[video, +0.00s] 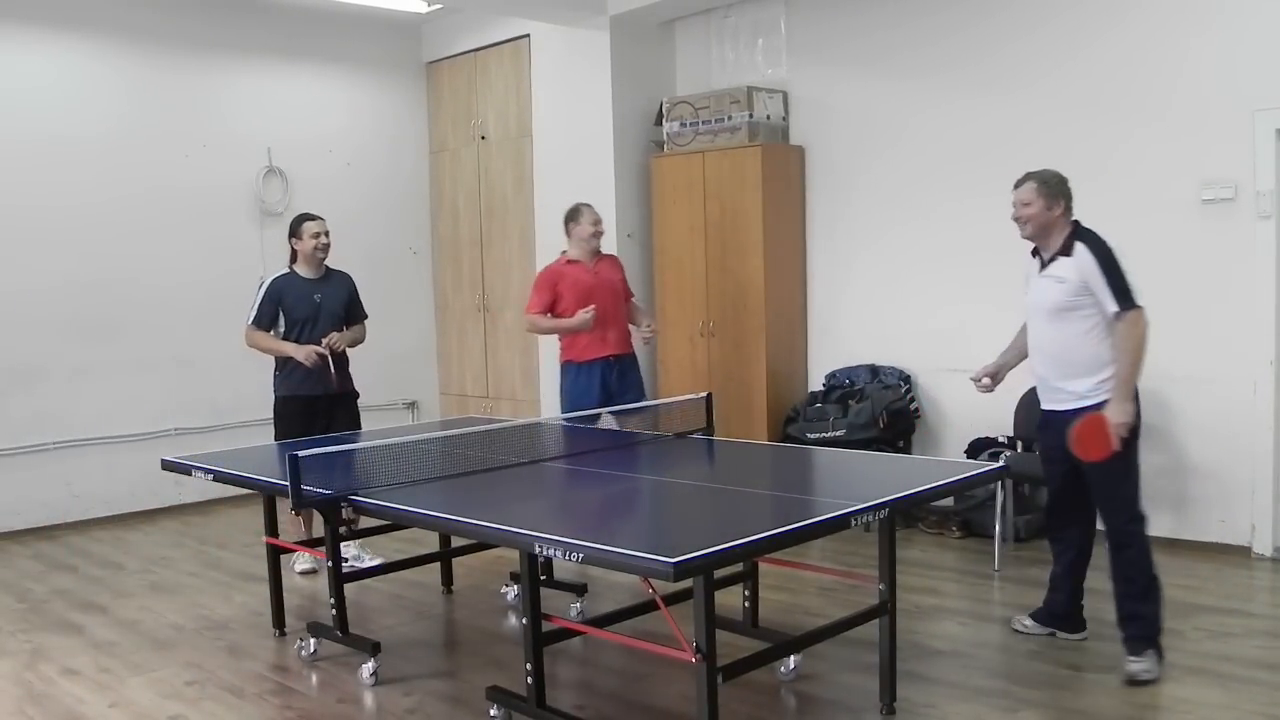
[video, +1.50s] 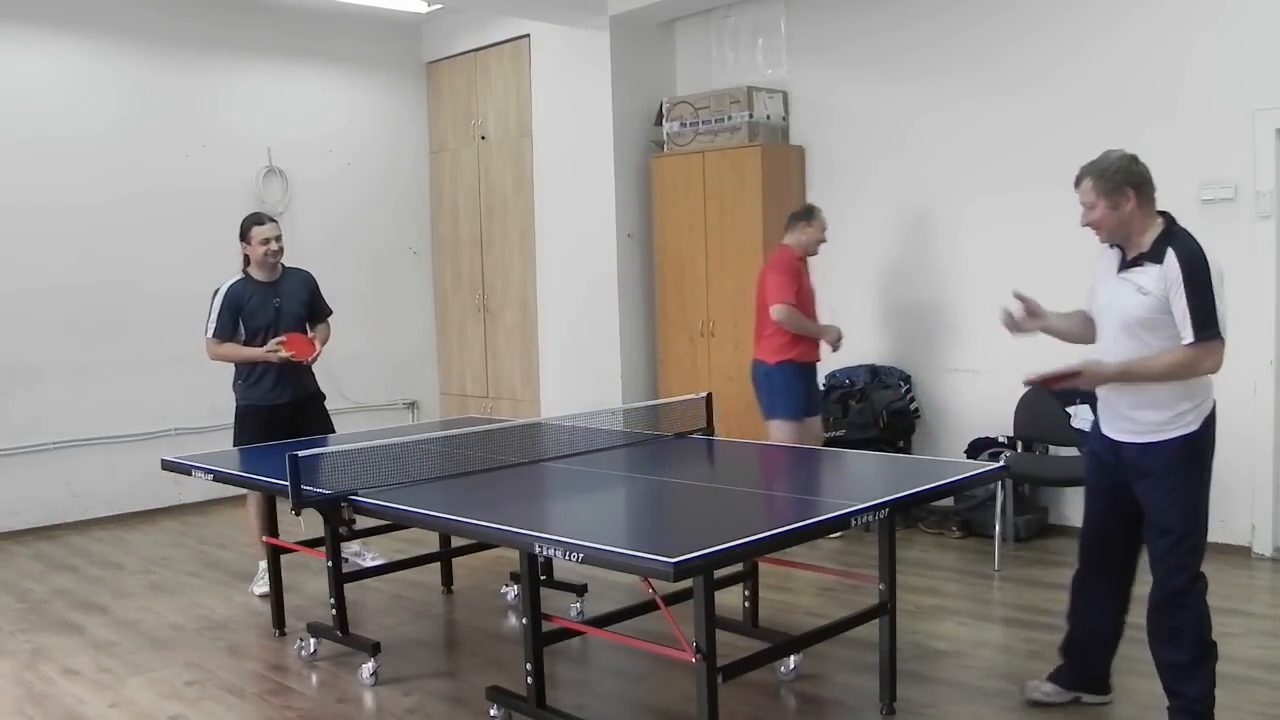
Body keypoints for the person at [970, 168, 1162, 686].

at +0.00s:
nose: (1016, 215)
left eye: (1024, 207)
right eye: (1014, 208)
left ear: (1057, 208)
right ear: (1035, 212)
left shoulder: (1090, 251)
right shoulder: (1036, 259)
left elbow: (1132, 319)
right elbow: (1039, 324)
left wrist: (1122, 397)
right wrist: (1002, 364)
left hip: (1104, 411)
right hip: (1055, 412)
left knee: (1122, 525)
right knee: (1066, 520)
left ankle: (1142, 644)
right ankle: (1062, 613)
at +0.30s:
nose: (1064, 214)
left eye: (1073, 204)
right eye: (1060, 205)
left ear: (1106, 206)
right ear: (1062, 210)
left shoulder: (1155, 258)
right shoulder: (1062, 263)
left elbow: (1200, 324)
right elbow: (1050, 323)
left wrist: (1173, 387)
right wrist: (1015, 351)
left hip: (1151, 420)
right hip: (1087, 422)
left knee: (1161, 535)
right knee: (1073, 524)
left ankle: (1160, 644)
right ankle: (1063, 616)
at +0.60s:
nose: (1091, 206)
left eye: (1102, 197)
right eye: (1087, 198)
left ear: (1136, 201)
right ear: (1087, 204)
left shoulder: (1178, 259)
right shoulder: (1076, 255)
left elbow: (1198, 341)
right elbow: (1051, 320)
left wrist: (1116, 349)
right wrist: (1040, 335)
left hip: (1158, 427)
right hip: (1088, 423)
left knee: (1164, 541)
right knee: (1078, 541)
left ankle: (1160, 646)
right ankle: (1070, 659)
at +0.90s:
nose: (1059, 208)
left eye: (1071, 198)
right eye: (1057, 199)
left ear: (1107, 203)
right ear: (1059, 207)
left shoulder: (1155, 259)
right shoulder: (1052, 265)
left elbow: (1197, 336)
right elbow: (1037, 348)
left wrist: (1127, 364)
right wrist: (1024, 331)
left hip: (1138, 435)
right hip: (1065, 434)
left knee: (1151, 552)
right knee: (1059, 556)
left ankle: (1162, 643)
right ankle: (1071, 679)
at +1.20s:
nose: (1048, 210)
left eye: (1055, 199)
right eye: (1048, 200)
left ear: (1094, 200)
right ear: (1086, 202)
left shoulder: (1156, 256)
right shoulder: (1058, 261)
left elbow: (1206, 337)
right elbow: (1035, 338)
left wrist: (1130, 374)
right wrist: (997, 325)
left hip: (1140, 441)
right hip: (1066, 437)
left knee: (1153, 577)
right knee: (1058, 566)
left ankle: (1189, 709)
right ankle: (1071, 680)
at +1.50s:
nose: (1084, 220)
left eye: (1091, 207)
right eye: (1083, 208)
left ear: (1129, 200)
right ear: (1119, 203)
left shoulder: (1183, 257)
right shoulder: (1112, 253)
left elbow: (1208, 355)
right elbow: (1097, 325)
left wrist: (1110, 374)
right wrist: (1044, 320)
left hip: (1173, 443)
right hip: (1110, 437)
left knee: (1176, 580)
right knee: (1101, 564)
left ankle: (1190, 708)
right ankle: (1083, 676)